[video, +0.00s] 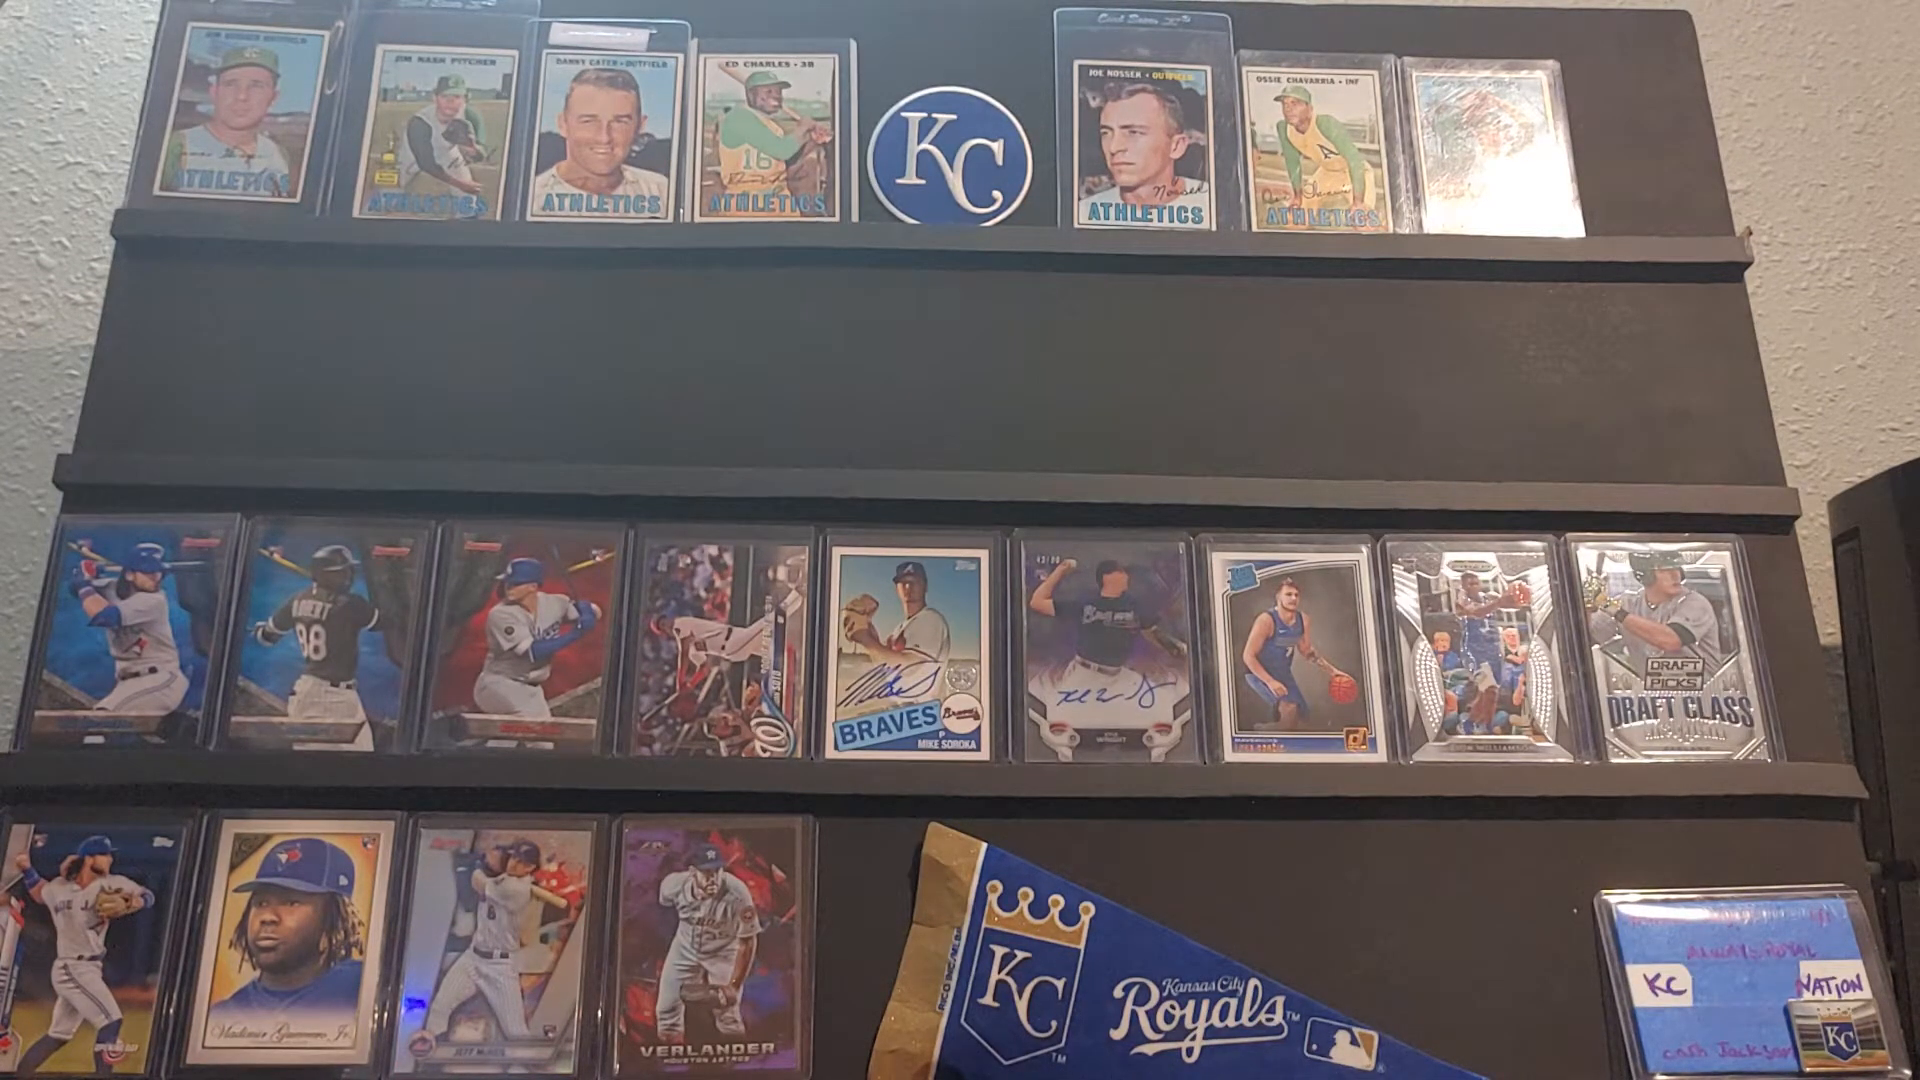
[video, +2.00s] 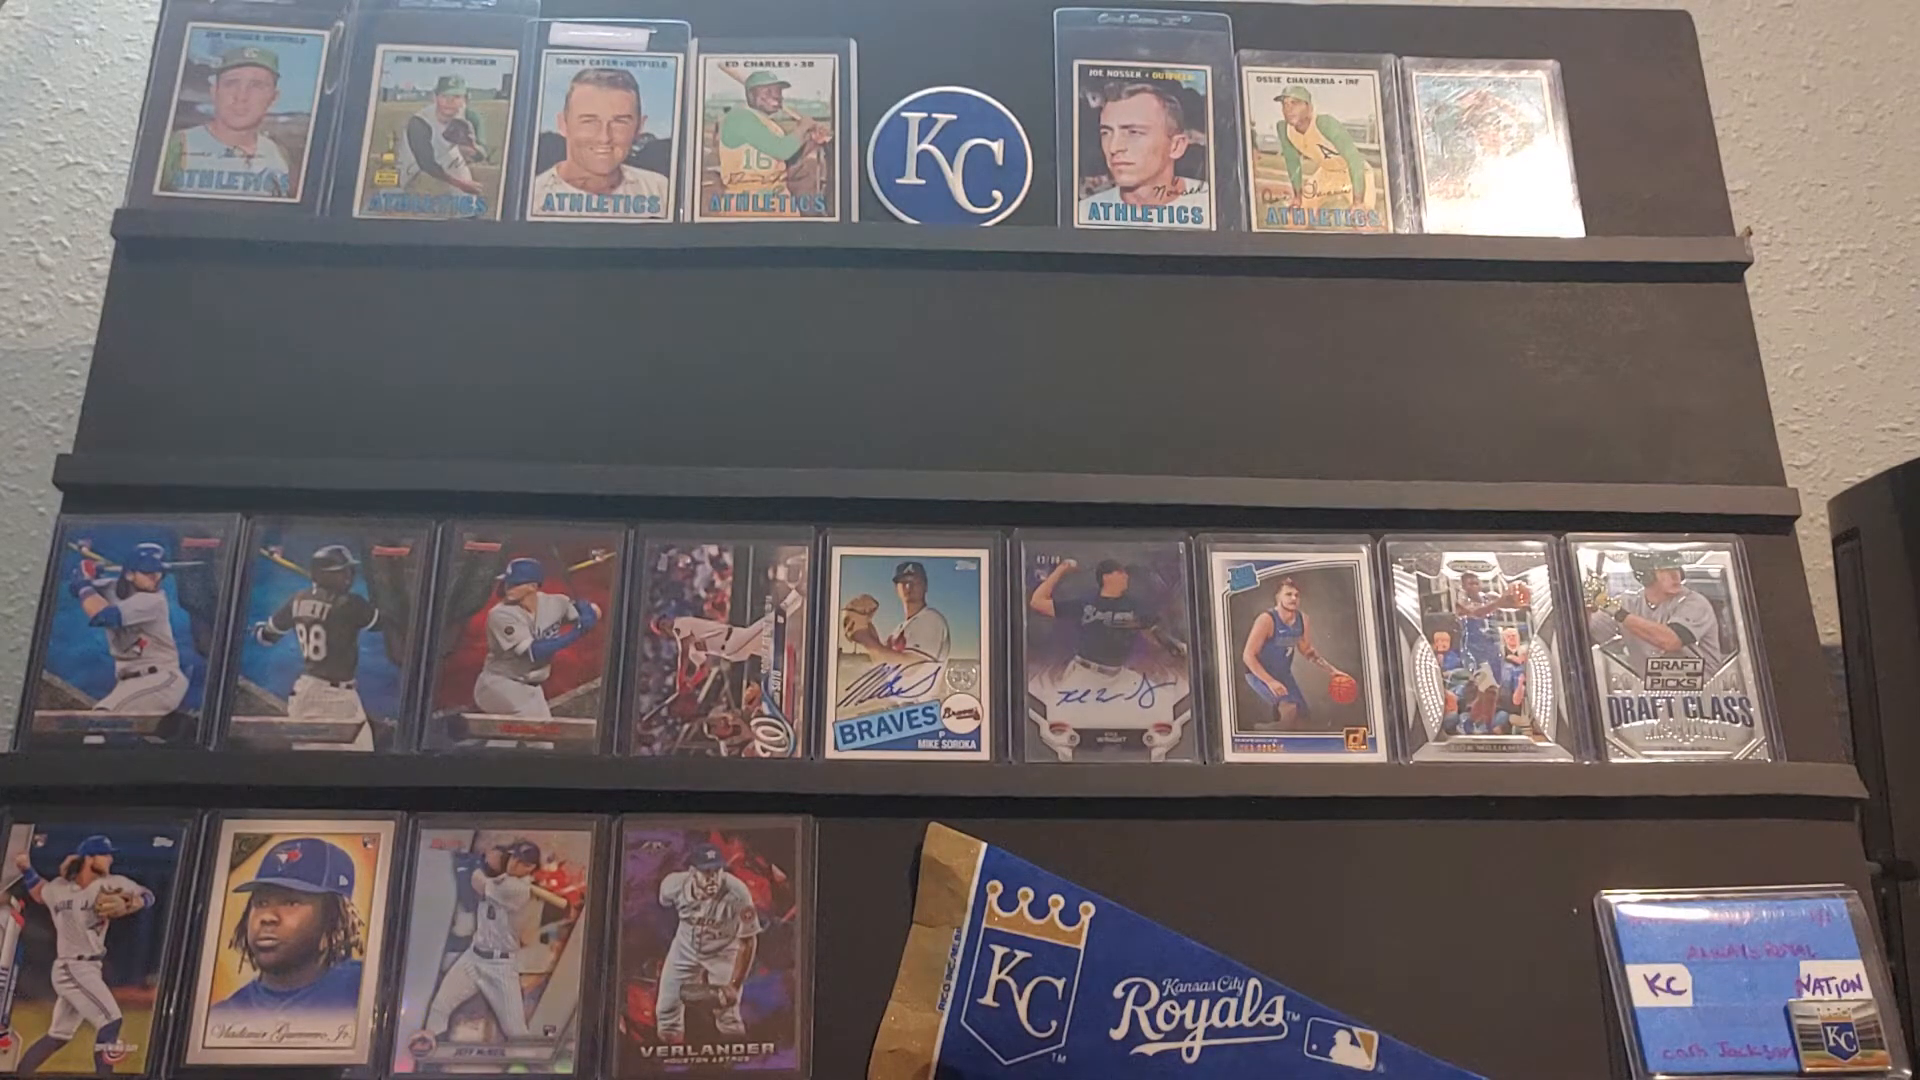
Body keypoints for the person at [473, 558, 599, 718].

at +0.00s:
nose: (508, 587)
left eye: (514, 583)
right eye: (507, 583)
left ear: (533, 587)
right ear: (504, 583)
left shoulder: (554, 603)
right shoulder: (500, 614)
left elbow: (580, 607)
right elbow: (531, 652)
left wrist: (587, 613)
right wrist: (576, 633)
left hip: (531, 688)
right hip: (497, 684)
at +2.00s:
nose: (507, 588)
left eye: (514, 584)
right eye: (507, 583)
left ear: (532, 586)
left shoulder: (554, 603)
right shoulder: (500, 614)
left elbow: (578, 607)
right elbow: (532, 652)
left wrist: (587, 614)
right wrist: (576, 632)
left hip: (531, 687)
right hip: (496, 684)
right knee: (530, 714)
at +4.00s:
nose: (508, 588)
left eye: (514, 584)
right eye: (507, 583)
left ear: (532, 587)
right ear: (504, 584)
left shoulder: (555, 603)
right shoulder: (500, 614)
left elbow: (579, 607)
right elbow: (532, 652)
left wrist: (587, 614)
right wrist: (576, 633)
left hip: (531, 687)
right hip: (496, 684)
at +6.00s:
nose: (507, 588)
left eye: (514, 584)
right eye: (507, 584)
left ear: (532, 587)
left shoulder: (556, 603)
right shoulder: (500, 614)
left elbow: (581, 607)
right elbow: (531, 651)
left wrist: (587, 614)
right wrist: (575, 634)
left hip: (531, 687)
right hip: (497, 683)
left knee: (545, 733)